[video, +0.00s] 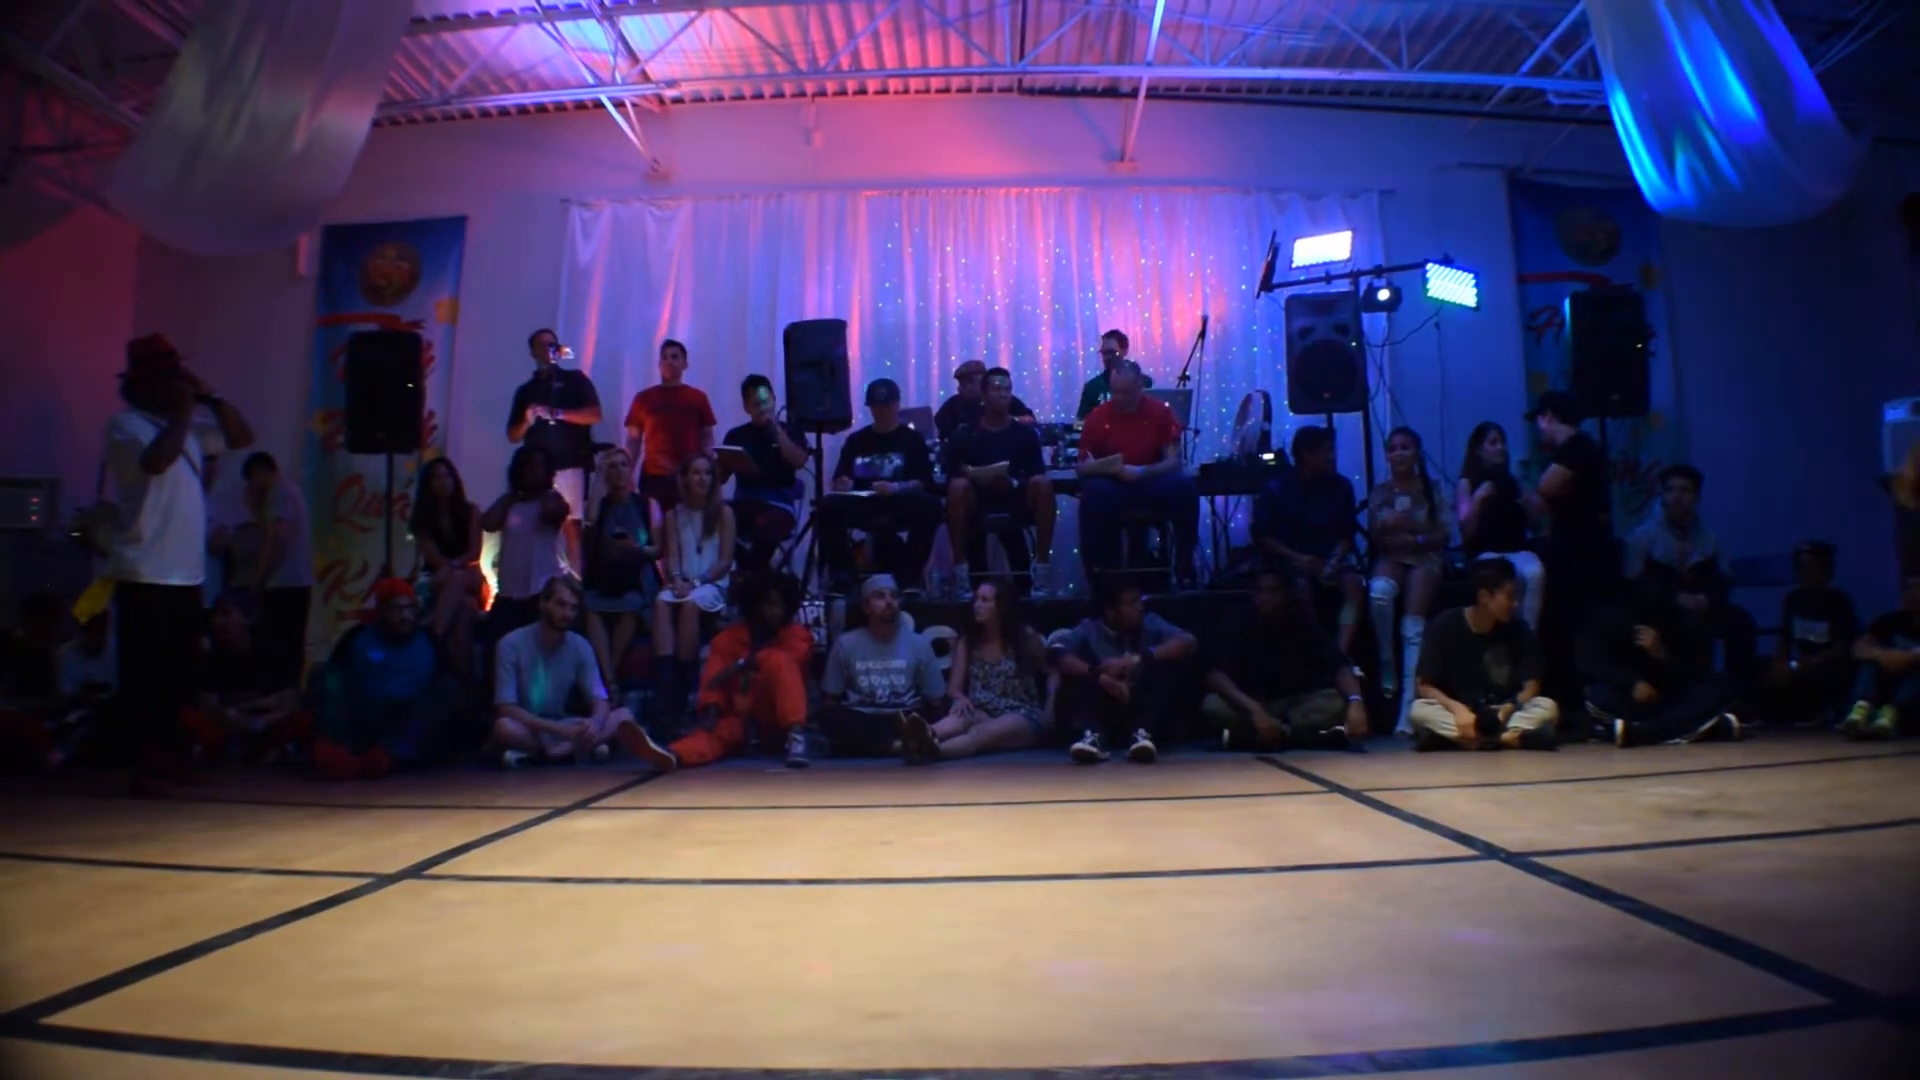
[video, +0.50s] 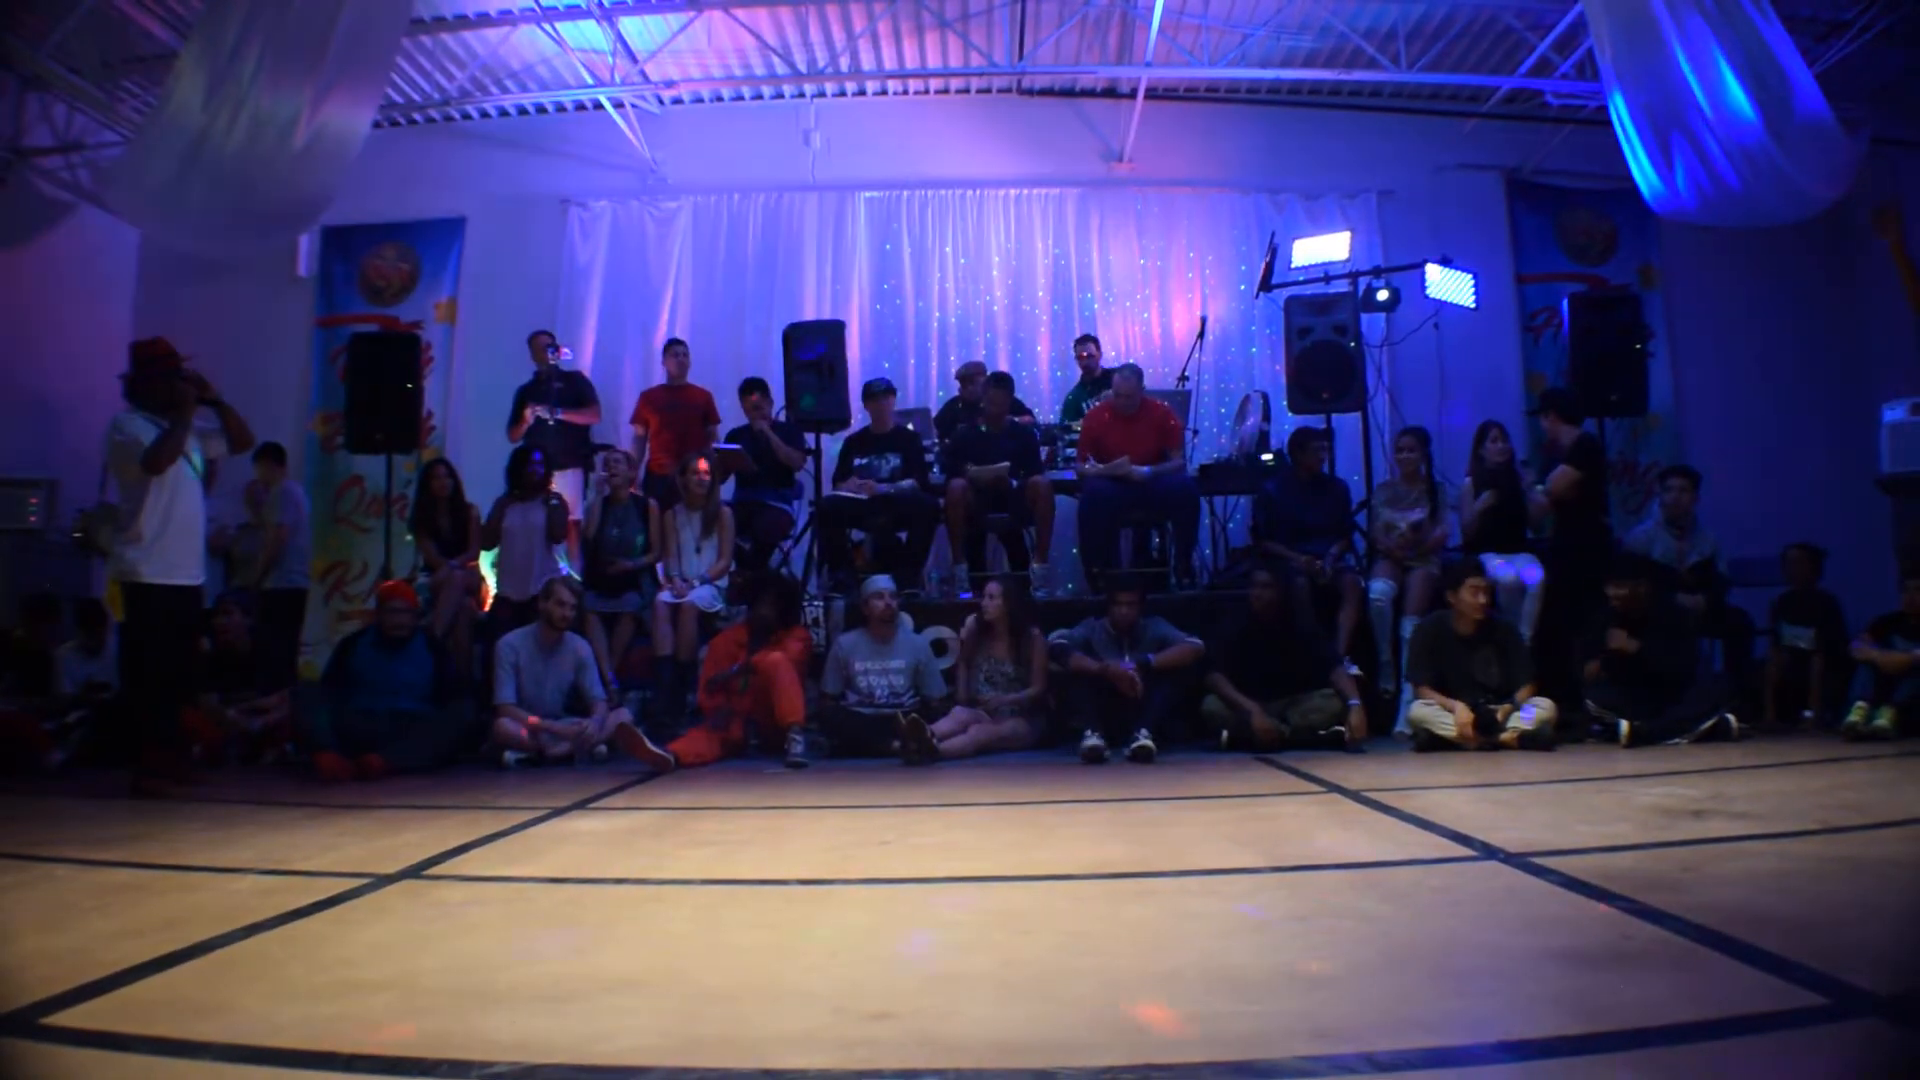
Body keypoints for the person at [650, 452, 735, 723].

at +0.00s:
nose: (702, 479)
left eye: (707, 473)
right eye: (696, 473)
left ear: (713, 479)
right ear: (683, 479)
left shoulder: (723, 513)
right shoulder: (673, 517)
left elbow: (725, 561)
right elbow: (671, 558)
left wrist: (699, 582)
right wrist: (676, 580)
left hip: (712, 580)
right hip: (682, 581)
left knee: (690, 606)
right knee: (662, 603)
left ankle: (685, 679)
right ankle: (664, 677)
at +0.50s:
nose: (702, 479)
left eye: (707, 474)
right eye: (696, 474)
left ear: (713, 480)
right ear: (683, 479)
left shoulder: (722, 514)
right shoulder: (672, 516)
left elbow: (725, 560)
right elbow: (669, 557)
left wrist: (698, 582)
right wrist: (674, 580)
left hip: (710, 581)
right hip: (678, 581)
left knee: (689, 605)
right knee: (661, 603)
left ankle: (683, 679)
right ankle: (664, 677)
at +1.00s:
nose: (700, 478)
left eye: (705, 473)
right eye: (694, 473)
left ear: (711, 479)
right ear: (682, 478)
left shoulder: (720, 513)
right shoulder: (671, 516)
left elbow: (723, 560)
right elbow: (668, 556)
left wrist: (697, 582)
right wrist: (673, 580)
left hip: (709, 581)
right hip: (678, 580)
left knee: (688, 606)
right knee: (659, 603)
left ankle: (682, 679)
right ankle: (662, 676)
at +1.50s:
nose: (699, 478)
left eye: (705, 473)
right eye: (693, 472)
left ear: (712, 478)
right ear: (682, 478)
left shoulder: (722, 514)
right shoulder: (671, 515)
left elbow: (724, 559)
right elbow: (669, 556)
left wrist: (699, 581)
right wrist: (671, 578)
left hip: (710, 580)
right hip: (678, 580)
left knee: (688, 607)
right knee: (660, 606)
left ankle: (682, 683)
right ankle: (662, 681)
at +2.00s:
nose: (700, 477)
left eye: (705, 472)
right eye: (694, 472)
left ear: (712, 478)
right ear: (682, 478)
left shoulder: (722, 514)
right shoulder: (671, 516)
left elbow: (724, 560)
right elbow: (669, 557)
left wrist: (698, 582)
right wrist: (673, 581)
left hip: (709, 581)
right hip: (678, 581)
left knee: (688, 608)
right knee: (659, 605)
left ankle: (682, 684)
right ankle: (662, 683)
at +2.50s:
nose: (700, 478)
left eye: (705, 472)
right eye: (694, 472)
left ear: (712, 478)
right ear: (683, 478)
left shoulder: (722, 513)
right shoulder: (672, 516)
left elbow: (725, 560)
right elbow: (670, 556)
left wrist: (697, 582)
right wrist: (674, 581)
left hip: (710, 580)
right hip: (679, 580)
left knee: (688, 607)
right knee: (659, 605)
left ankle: (682, 682)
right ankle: (662, 680)